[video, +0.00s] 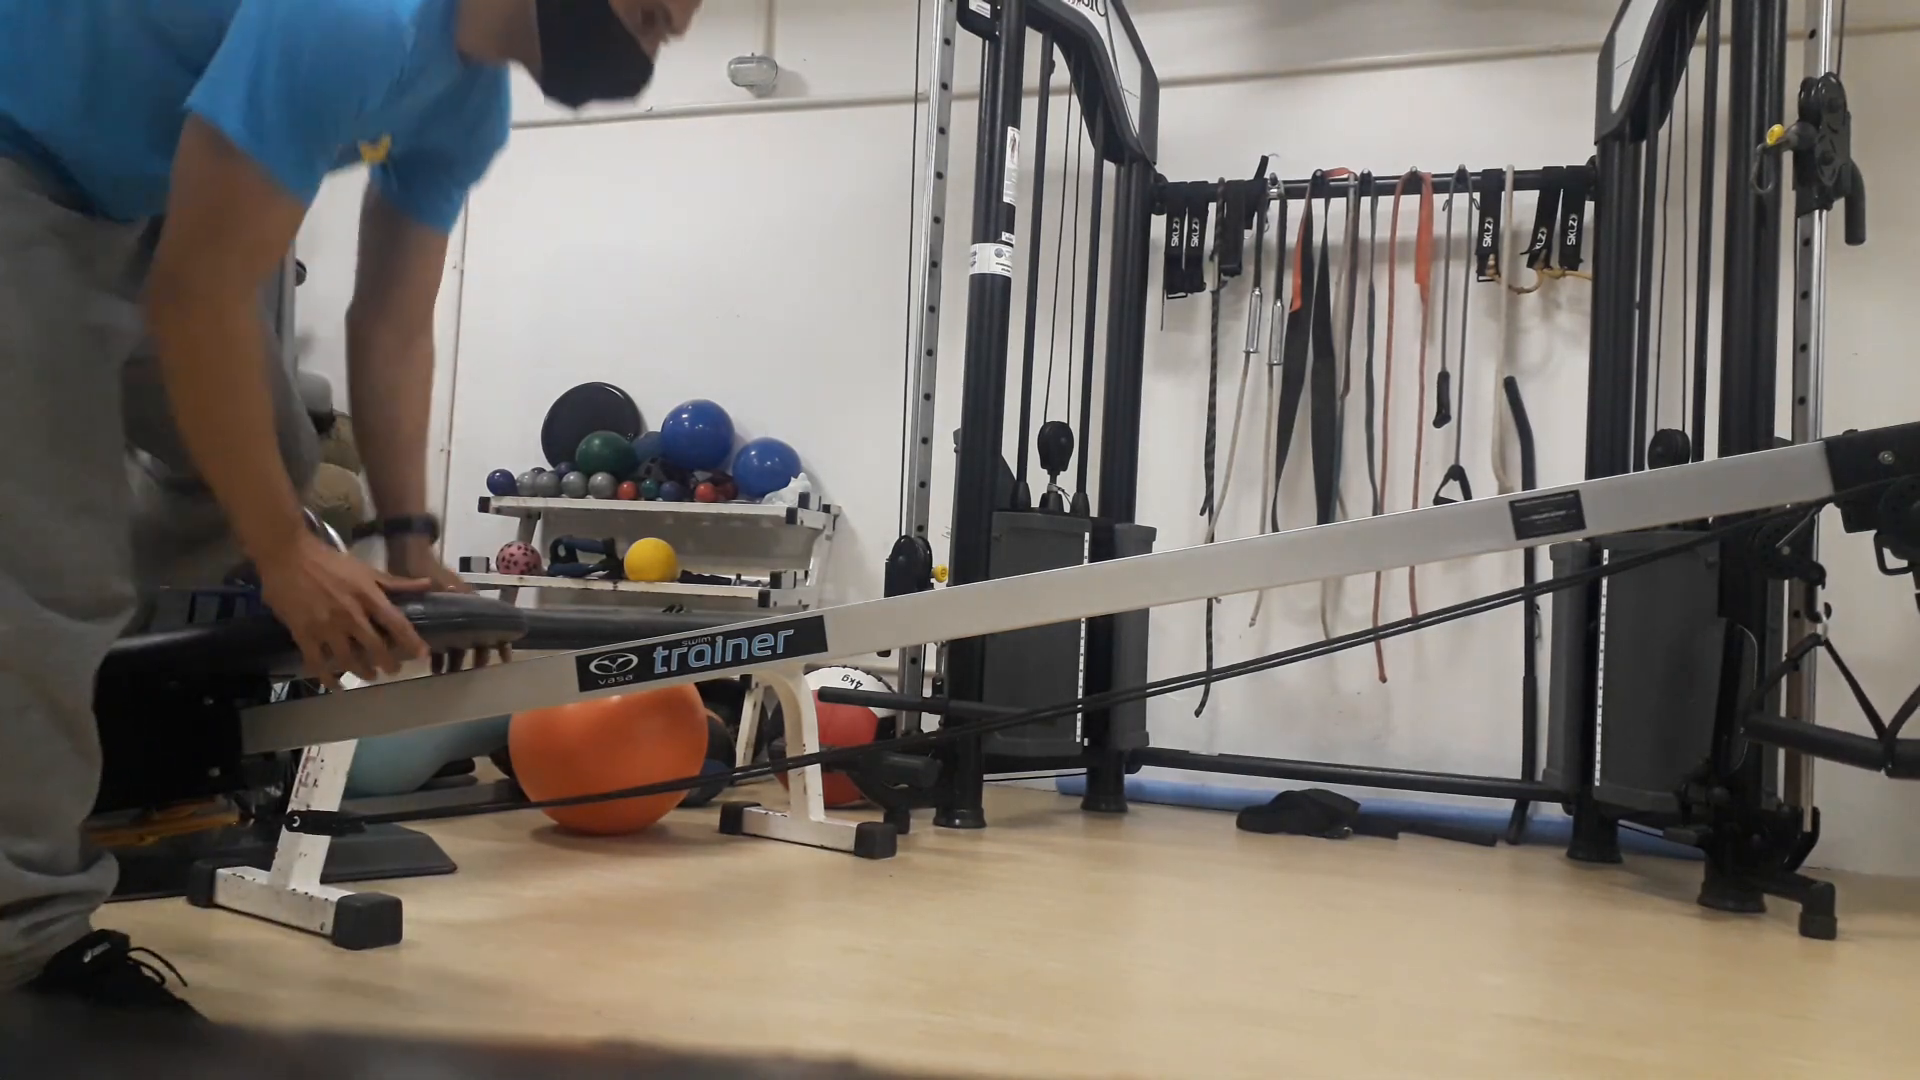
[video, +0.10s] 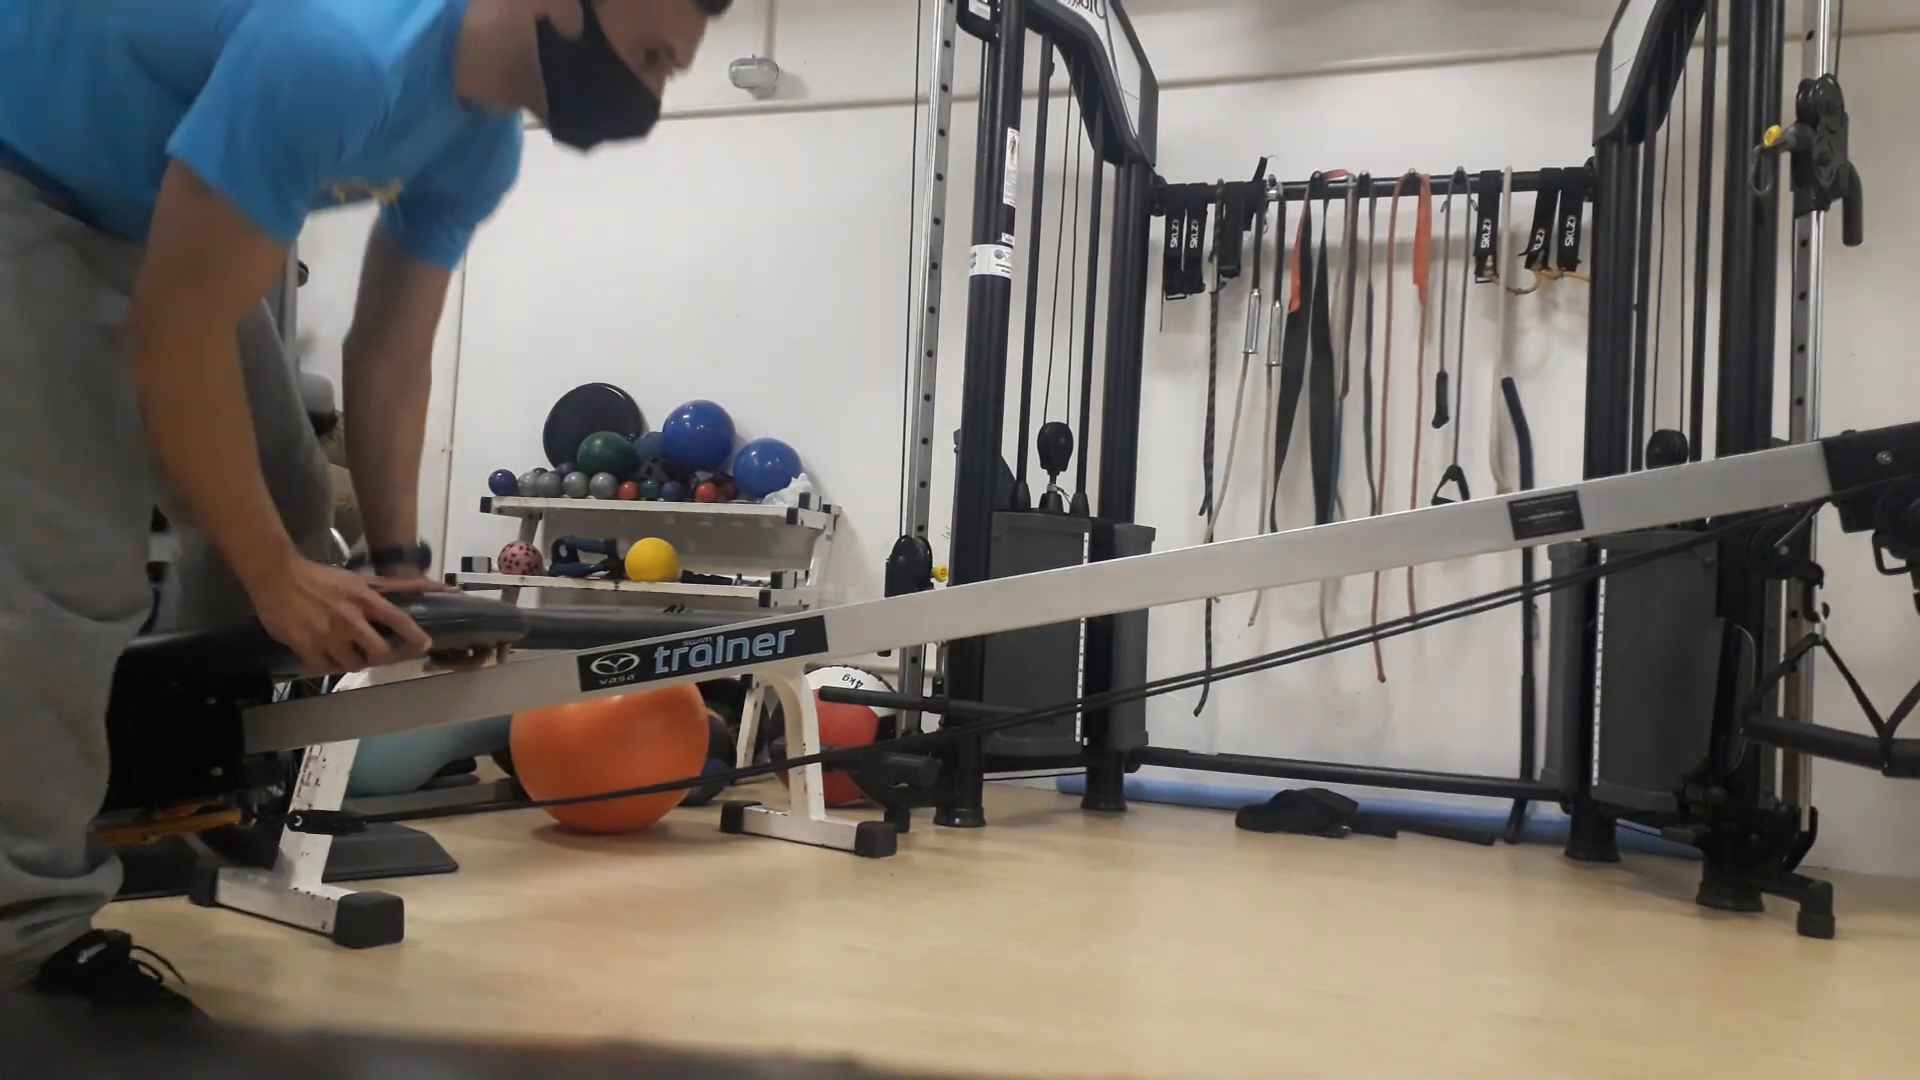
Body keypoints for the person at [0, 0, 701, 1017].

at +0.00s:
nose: (671, 21)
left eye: (680, 16)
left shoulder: (471, 97)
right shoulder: (350, 20)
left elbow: (395, 314)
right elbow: (197, 294)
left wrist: (410, 538)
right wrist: (284, 549)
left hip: (161, 189)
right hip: (30, 161)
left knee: (264, 471)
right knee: (59, 562)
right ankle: (31, 935)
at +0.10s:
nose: (653, 94)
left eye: (671, 71)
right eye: (652, 57)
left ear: (564, 21)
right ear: (560, 10)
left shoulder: (478, 139)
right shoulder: (329, 51)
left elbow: (394, 349)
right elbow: (176, 329)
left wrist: (396, 560)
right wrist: (274, 571)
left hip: (194, 195)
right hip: (36, 171)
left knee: (283, 517)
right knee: (71, 553)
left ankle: (273, 803)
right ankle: (35, 930)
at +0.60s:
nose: (712, 222)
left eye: (725, 199)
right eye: (701, 182)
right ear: (598, 129)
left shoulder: (557, 293)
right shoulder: (385, 192)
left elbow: (413, 431)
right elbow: (175, 386)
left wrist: (466, 562)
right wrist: (374, 572)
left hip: (249, 381)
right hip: (63, 329)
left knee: (375, 611)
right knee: (101, 592)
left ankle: (205, 876)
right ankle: (17, 932)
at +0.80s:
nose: (759, 222)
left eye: (772, 199)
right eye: (749, 182)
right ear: (646, 128)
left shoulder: (595, 290)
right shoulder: (443, 181)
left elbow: (456, 437)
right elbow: (252, 391)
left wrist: (530, 579)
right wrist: (452, 570)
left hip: (259, 380)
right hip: (87, 316)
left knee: (388, 625)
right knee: (122, 597)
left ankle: (202, 873)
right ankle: (16, 935)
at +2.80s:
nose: (933, 99)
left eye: (950, 76)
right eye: (922, 59)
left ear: (831, 43)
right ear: (822, 16)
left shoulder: (771, 197)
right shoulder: (641, 86)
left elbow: (782, 408)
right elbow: (670, 377)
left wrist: (939, 512)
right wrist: (918, 504)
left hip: (390, 357)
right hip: (243, 259)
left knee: (399, 658)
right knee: (230, 628)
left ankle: (167, 884)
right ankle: (40, 922)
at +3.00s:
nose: (1002, 44)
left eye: (1013, 34)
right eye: (991, 15)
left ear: (912, 36)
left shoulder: (819, 168)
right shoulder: (701, 55)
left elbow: (821, 384)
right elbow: (722, 352)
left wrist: (975, 496)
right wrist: (956, 492)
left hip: (426, 349)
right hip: (287, 253)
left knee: (391, 664)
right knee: (233, 627)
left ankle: (168, 883)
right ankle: (39, 926)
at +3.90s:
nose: (1220, 164)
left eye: (1236, 136)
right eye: (1214, 119)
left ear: (1136, 101)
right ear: (1120, 71)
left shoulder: (1018, 266)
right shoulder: (926, 132)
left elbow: (851, 397)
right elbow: (706, 323)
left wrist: (936, 518)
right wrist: (905, 507)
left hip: (599, 465)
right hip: (493, 353)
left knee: (455, 716)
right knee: (309, 693)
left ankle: (206, 884)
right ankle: (58, 950)